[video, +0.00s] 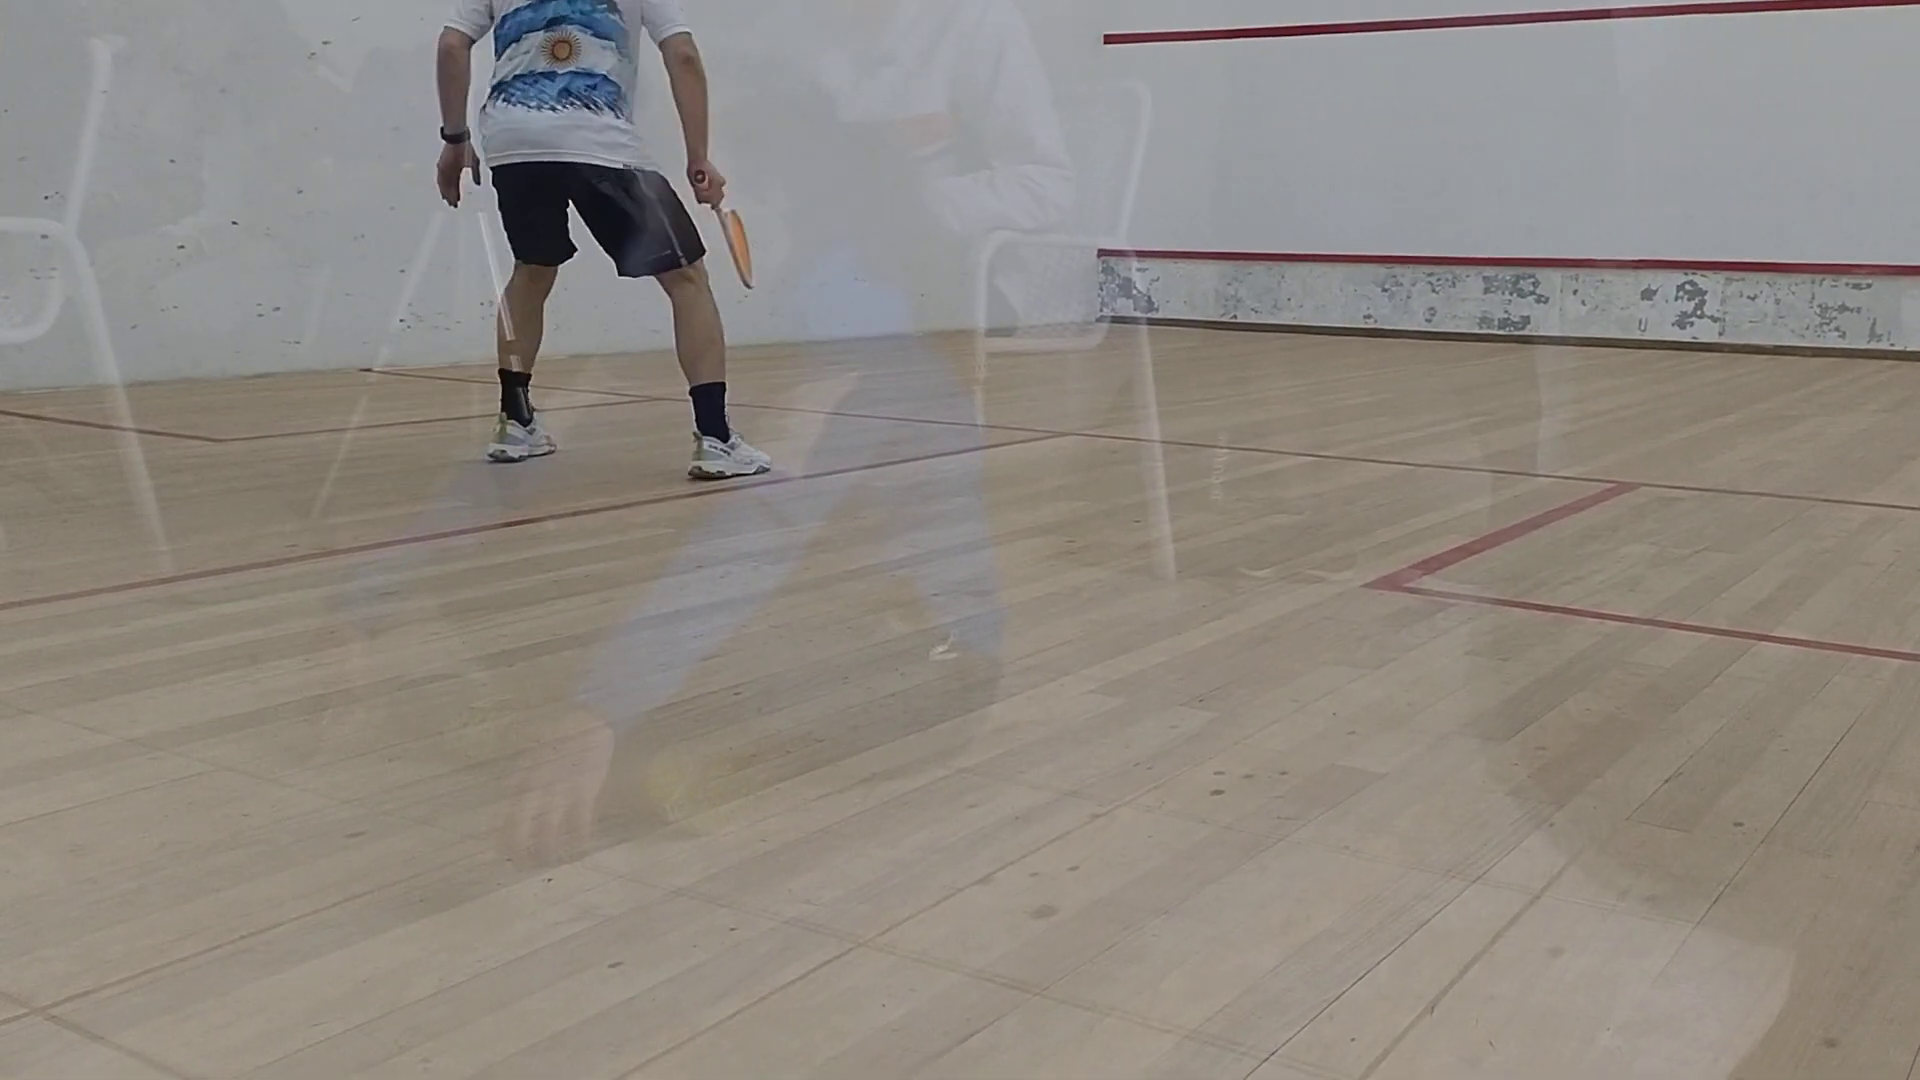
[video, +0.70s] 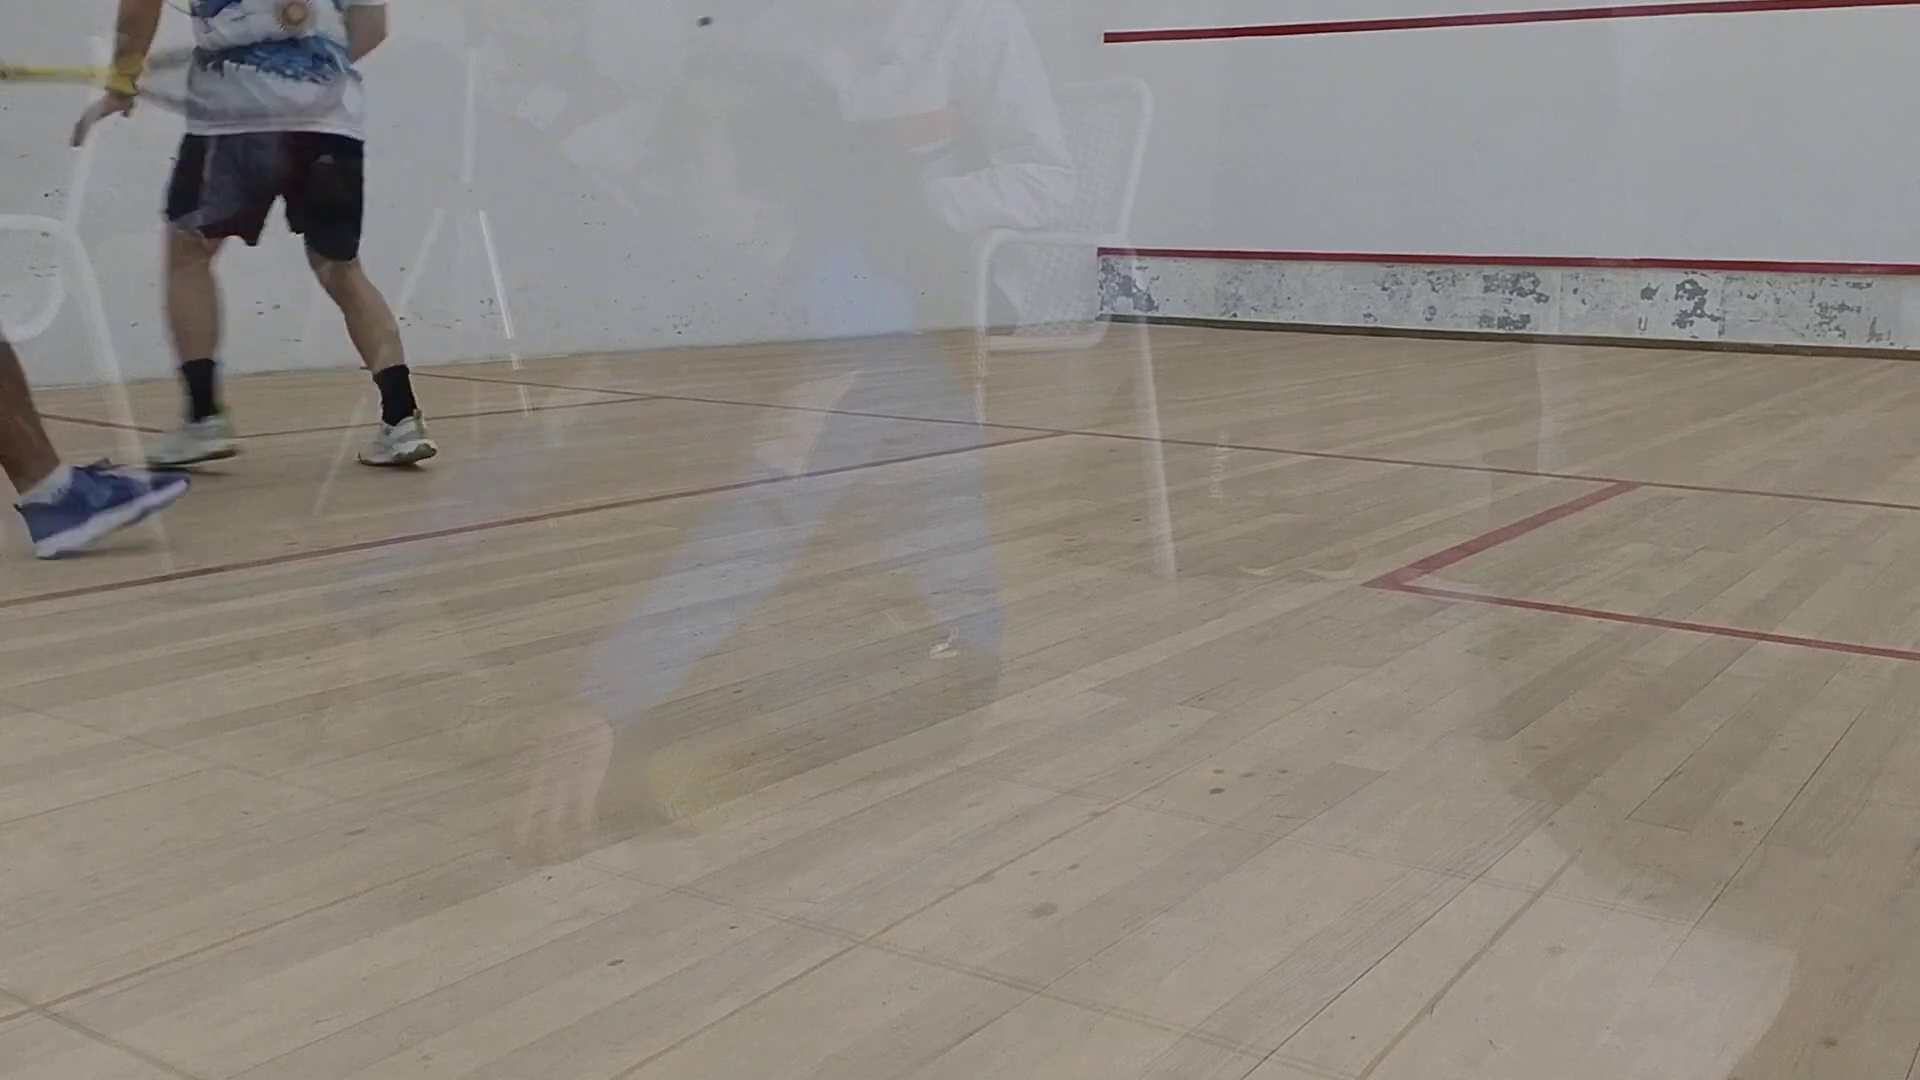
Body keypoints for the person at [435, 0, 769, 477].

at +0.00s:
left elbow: (452, 41)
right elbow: (683, 54)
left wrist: (455, 136)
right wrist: (698, 157)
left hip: (510, 143)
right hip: (597, 139)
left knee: (532, 270)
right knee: (686, 280)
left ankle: (515, 423)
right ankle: (715, 439)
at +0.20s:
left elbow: (446, 39)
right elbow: (684, 52)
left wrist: (441, 142)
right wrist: (711, 159)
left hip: (493, 141)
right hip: (589, 141)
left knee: (495, 258)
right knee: (676, 279)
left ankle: (476, 412)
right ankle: (714, 436)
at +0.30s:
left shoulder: (471, 5)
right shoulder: (617, 4)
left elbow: (411, 63)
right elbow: (659, 69)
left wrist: (401, 160)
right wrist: (691, 174)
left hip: (481, 165)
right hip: (579, 161)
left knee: (463, 269)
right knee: (676, 286)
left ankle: (434, 415)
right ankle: (714, 434)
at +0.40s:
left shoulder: (402, 4)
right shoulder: (553, 1)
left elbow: (338, 65)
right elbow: (598, 63)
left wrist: (333, 151)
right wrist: (630, 162)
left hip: (438, 170)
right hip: (538, 164)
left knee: (425, 281)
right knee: (640, 290)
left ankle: (424, 424)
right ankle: (712, 428)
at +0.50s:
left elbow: (258, 17)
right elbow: (525, 35)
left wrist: (261, 106)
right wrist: (535, 126)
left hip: (365, 147)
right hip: (462, 134)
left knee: (389, 275)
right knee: (554, 271)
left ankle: (416, 420)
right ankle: (617, 413)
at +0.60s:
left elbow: (202, 2)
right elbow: (454, 16)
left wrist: (196, 81)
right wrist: (415, 92)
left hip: (296, 104)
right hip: (393, 102)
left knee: (317, 262)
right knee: (436, 258)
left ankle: (360, 402)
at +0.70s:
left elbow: (137, 16)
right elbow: (370, 27)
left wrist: (122, 82)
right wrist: (304, 69)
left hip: (233, 116)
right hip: (329, 118)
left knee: (189, 251)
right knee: (342, 268)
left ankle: (204, 418)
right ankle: (404, 419)